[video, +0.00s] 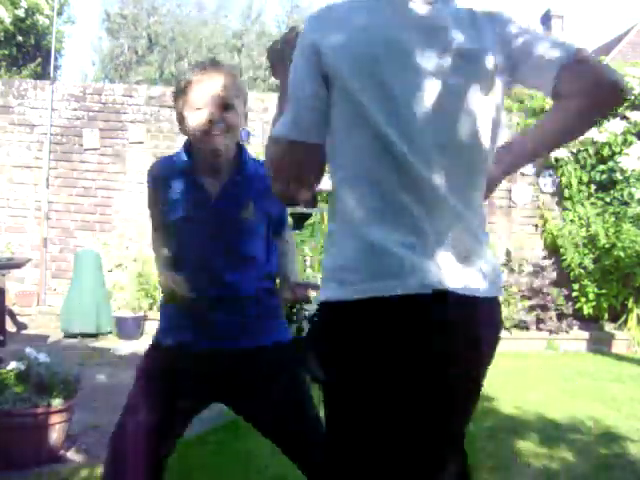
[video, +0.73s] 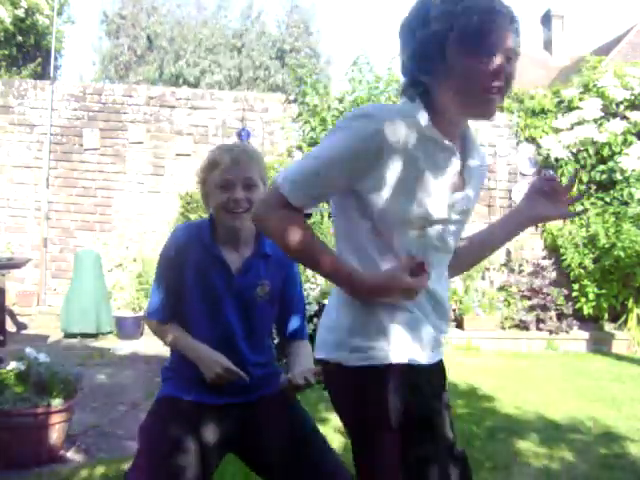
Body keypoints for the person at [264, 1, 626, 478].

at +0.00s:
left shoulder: (328, 26)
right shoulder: (484, 24)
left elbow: (292, 180)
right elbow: (599, 88)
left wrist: (288, 81)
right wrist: (500, 162)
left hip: (365, 304)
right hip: (470, 303)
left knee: (361, 462)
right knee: (444, 460)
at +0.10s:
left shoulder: (323, 27)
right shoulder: (482, 8)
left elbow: (297, 172)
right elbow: (586, 51)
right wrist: (503, 147)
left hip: (350, 295)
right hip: (463, 297)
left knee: (351, 464)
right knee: (455, 465)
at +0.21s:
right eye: (467, 17)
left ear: (373, 15)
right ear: (460, 16)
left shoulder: (325, 85)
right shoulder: (478, 64)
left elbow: (307, 218)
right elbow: (519, 153)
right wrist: (497, 237)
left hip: (336, 345)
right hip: (446, 350)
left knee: (333, 471)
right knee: (449, 470)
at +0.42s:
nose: (505, 71)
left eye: (508, 56)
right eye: (488, 52)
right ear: (427, 60)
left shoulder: (437, 152)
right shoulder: (396, 137)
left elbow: (428, 261)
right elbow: (297, 270)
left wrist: (485, 202)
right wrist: (429, 308)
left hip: (427, 399)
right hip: (381, 406)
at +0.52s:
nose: (492, 39)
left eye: (501, 22)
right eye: (470, 19)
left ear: (511, 31)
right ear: (419, 21)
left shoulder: (460, 122)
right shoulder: (379, 102)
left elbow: (449, 245)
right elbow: (257, 190)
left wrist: (522, 169)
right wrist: (388, 234)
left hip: (428, 356)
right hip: (375, 362)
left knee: (459, 468)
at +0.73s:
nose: (502, 69)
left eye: (509, 57)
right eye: (485, 52)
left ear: (517, 65)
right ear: (435, 57)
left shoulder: (470, 155)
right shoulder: (377, 131)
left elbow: (444, 263)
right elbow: (273, 210)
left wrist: (524, 213)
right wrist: (357, 282)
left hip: (423, 351)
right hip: (366, 352)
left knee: (440, 468)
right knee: (388, 471)